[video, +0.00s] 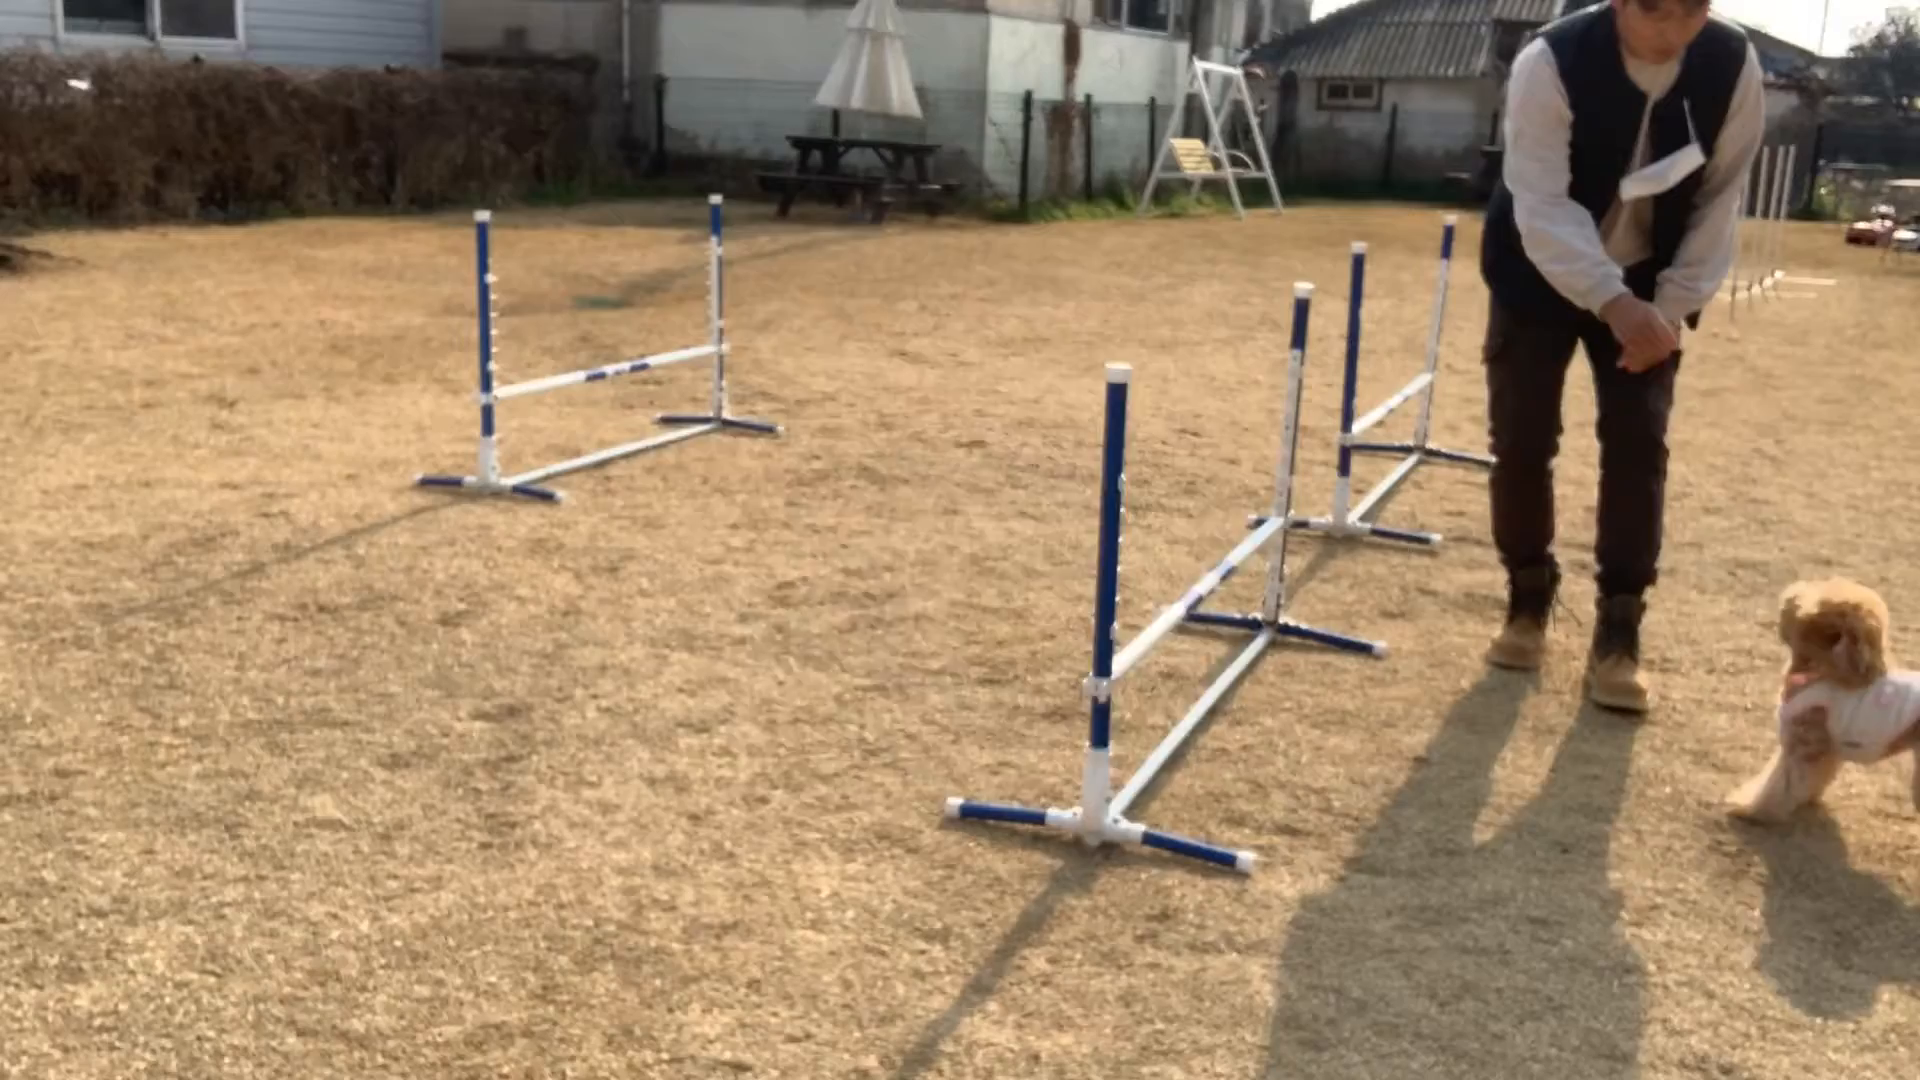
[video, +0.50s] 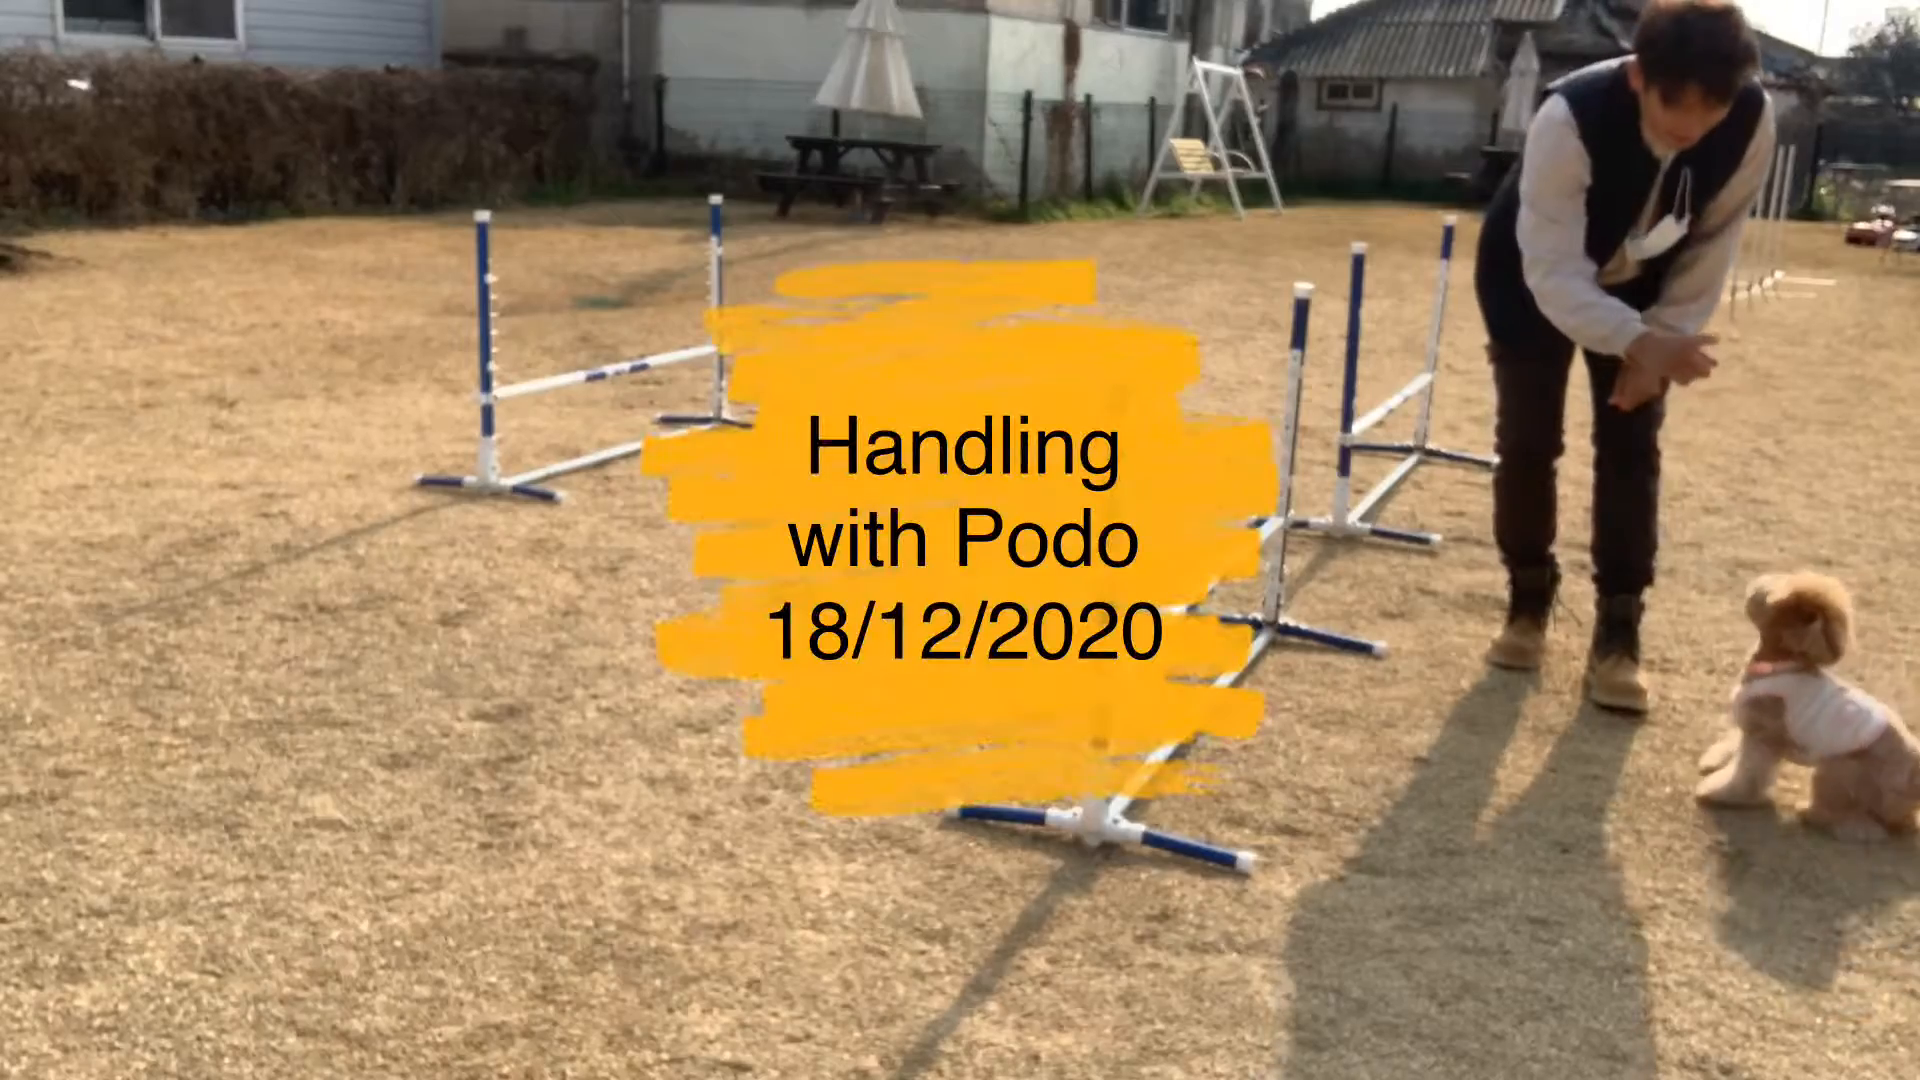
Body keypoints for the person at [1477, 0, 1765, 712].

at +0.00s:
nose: (1679, 26)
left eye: (1691, 12)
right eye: (1662, 13)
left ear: (1706, 8)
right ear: (1622, 3)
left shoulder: (1734, 68)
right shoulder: (1549, 63)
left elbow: (1721, 202)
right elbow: (1541, 209)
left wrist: (1672, 309)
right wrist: (1614, 299)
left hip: (1648, 282)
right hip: (1538, 269)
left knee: (1638, 449)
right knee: (1520, 444)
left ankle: (1618, 639)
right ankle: (1525, 605)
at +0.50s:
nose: (1687, 136)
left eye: (1708, 122)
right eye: (1674, 118)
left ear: (1732, 97)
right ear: (1639, 79)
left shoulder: (1750, 122)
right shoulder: (1568, 119)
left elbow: (1714, 246)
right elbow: (1550, 270)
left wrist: (1659, 349)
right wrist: (1641, 340)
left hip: (1640, 288)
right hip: (1536, 278)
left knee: (1630, 450)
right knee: (1527, 443)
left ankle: (1618, 639)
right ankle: (1525, 608)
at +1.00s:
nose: (1686, 11)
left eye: (1693, 1)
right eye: (1670, 0)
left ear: (1699, 2)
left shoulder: (1734, 64)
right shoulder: (1547, 54)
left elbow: (1728, 196)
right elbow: (1510, 199)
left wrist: (1677, 284)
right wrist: (1599, 255)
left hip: (1647, 285)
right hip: (1539, 273)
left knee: (1634, 453)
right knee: (1525, 444)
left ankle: (1618, 640)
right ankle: (1525, 608)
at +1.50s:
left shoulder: (1715, 11)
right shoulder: (1524, 6)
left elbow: (1732, 121)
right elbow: (1480, 114)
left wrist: (1677, 205)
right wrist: (1551, 166)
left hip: (1638, 255)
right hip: (1534, 247)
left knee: (1610, 438)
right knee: (1522, 433)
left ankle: (1579, 603)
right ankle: (1526, 604)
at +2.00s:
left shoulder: (1708, 12)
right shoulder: (1524, 5)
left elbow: (1728, 128)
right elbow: (1469, 98)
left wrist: (1671, 227)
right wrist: (1504, 181)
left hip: (1619, 254)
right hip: (1516, 241)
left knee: (1600, 435)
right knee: (1494, 417)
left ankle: (1577, 604)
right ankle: (1508, 586)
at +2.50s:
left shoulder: (1459, 14)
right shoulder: (1371, 17)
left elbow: (1483, 129)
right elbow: (1365, 126)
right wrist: (1329, 201)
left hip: (1451, 236)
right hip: (1388, 239)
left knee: (1444, 403)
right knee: (1355, 390)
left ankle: (1535, 576)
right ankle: (1384, 555)